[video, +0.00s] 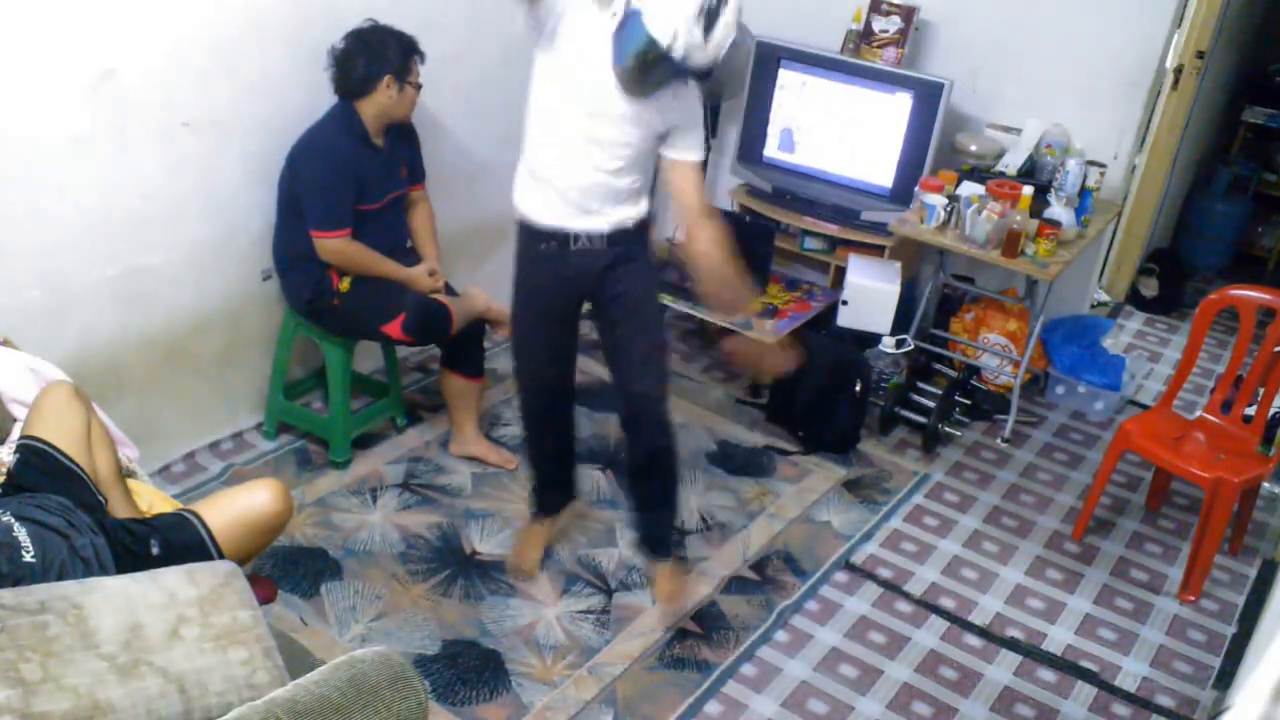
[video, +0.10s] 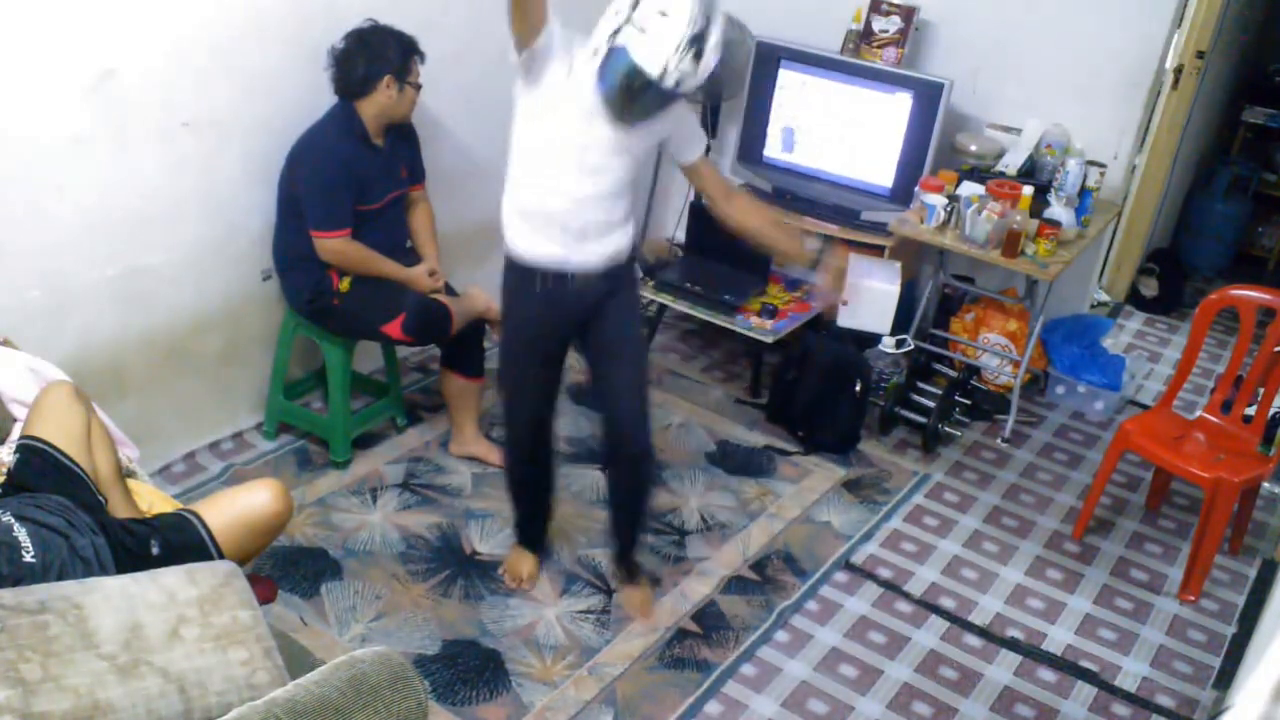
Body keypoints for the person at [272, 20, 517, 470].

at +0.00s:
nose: (419, 96)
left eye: (419, 87)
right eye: (416, 86)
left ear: (386, 86)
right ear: (388, 87)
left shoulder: (399, 130)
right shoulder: (326, 150)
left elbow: (417, 202)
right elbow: (332, 249)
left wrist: (429, 261)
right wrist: (407, 275)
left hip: (387, 266)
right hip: (326, 284)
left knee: (466, 323)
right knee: (426, 323)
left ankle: (466, 435)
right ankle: (476, 304)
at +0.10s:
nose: (419, 95)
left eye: (419, 86)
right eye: (415, 86)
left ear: (386, 87)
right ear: (387, 86)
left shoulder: (399, 131)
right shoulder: (325, 151)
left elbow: (416, 202)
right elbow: (332, 249)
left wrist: (430, 261)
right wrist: (406, 275)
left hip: (388, 263)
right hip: (326, 284)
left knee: (467, 324)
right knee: (423, 322)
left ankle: (465, 435)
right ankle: (475, 306)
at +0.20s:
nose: (419, 95)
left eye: (419, 86)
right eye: (415, 85)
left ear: (386, 88)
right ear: (386, 86)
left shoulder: (400, 131)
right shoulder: (325, 151)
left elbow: (417, 201)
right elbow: (331, 248)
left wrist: (430, 260)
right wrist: (406, 275)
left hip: (388, 258)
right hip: (326, 282)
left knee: (468, 324)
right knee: (423, 322)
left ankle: (465, 435)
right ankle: (477, 305)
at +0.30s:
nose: (419, 95)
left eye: (419, 86)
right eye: (415, 85)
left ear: (387, 87)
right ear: (387, 86)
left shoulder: (399, 130)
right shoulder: (325, 151)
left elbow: (416, 202)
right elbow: (332, 249)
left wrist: (430, 261)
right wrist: (407, 275)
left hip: (389, 259)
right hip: (325, 282)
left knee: (468, 325)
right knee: (424, 321)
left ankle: (465, 435)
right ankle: (476, 306)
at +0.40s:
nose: (419, 95)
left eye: (419, 86)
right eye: (415, 86)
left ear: (386, 87)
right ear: (387, 86)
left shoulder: (400, 131)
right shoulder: (324, 151)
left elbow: (417, 201)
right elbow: (331, 248)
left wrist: (430, 262)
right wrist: (406, 276)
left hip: (388, 259)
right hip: (326, 282)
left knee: (467, 326)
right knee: (421, 322)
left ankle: (466, 436)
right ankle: (475, 306)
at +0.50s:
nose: (419, 95)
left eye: (419, 86)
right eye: (415, 85)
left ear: (387, 88)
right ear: (387, 86)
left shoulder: (399, 132)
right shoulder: (325, 151)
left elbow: (416, 202)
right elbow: (331, 248)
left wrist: (430, 261)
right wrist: (406, 276)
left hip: (388, 259)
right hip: (326, 282)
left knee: (466, 327)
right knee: (422, 322)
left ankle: (466, 437)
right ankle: (475, 306)